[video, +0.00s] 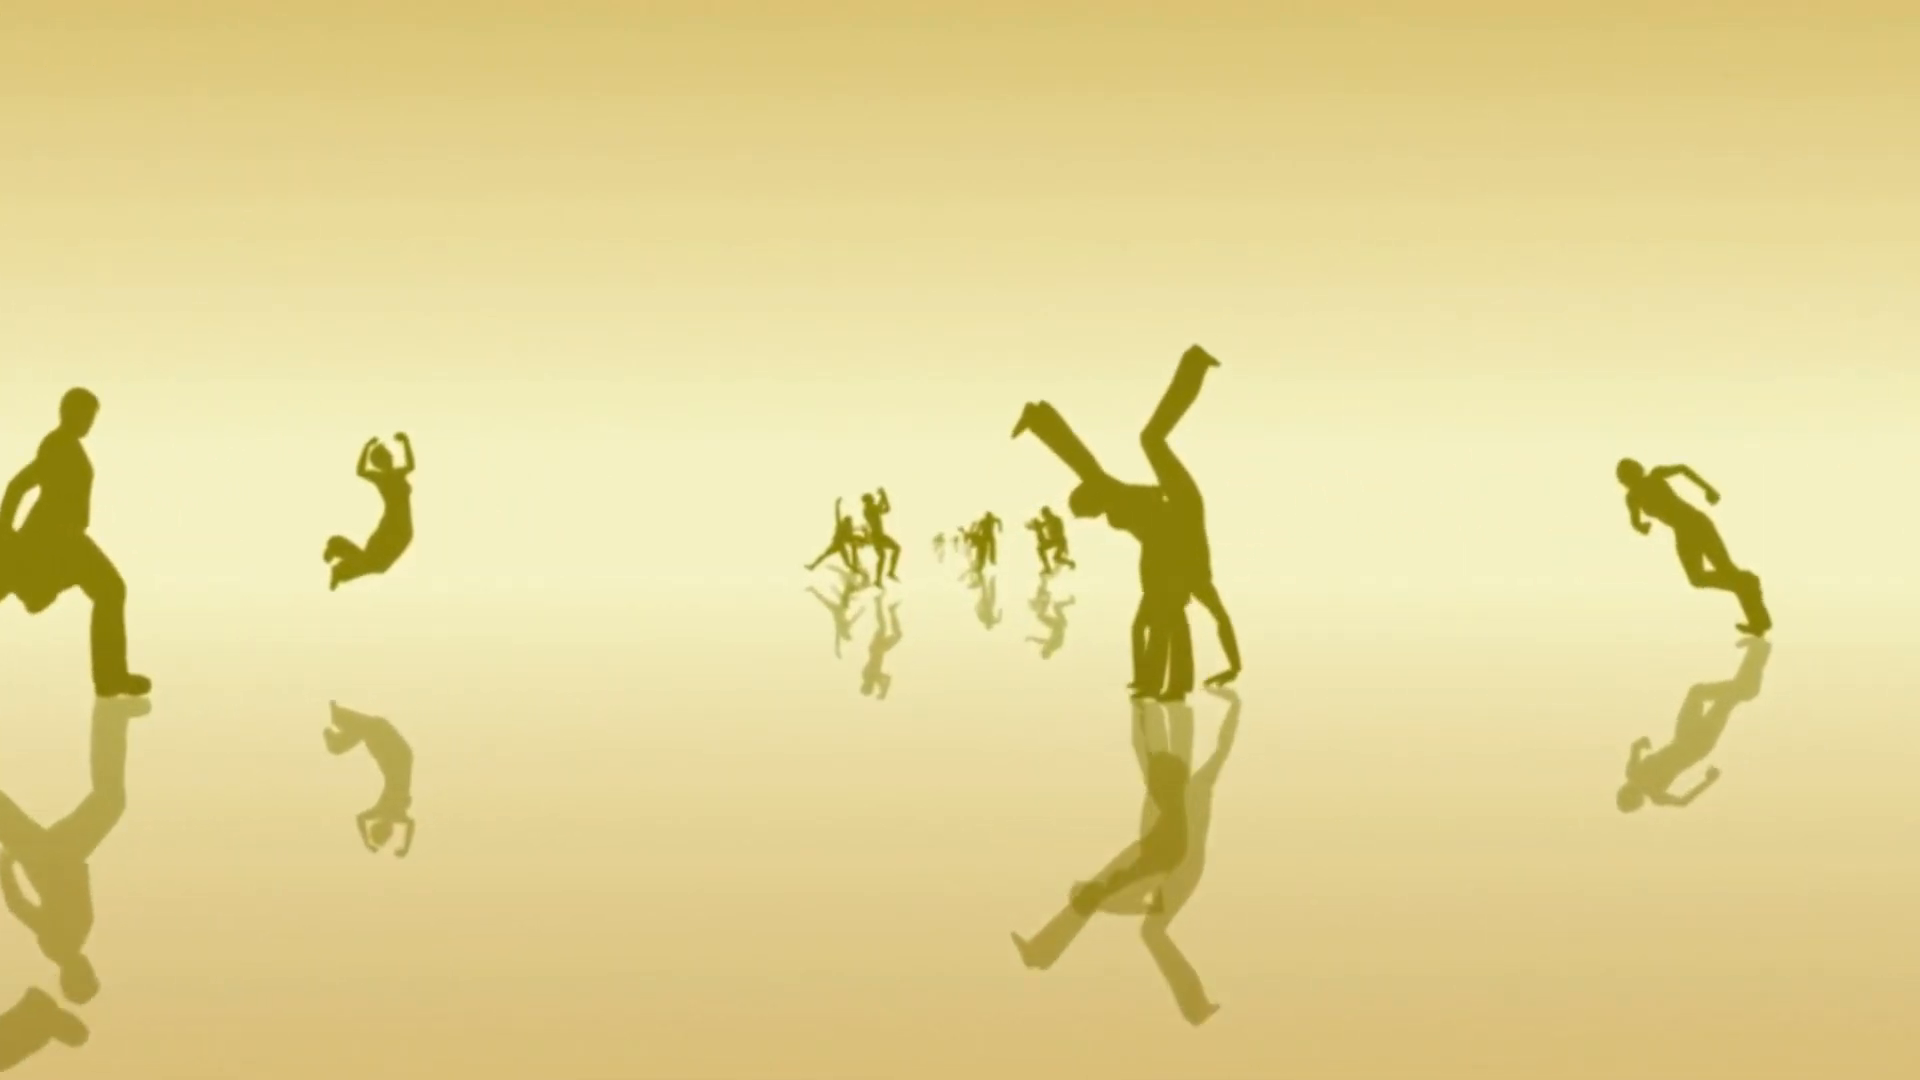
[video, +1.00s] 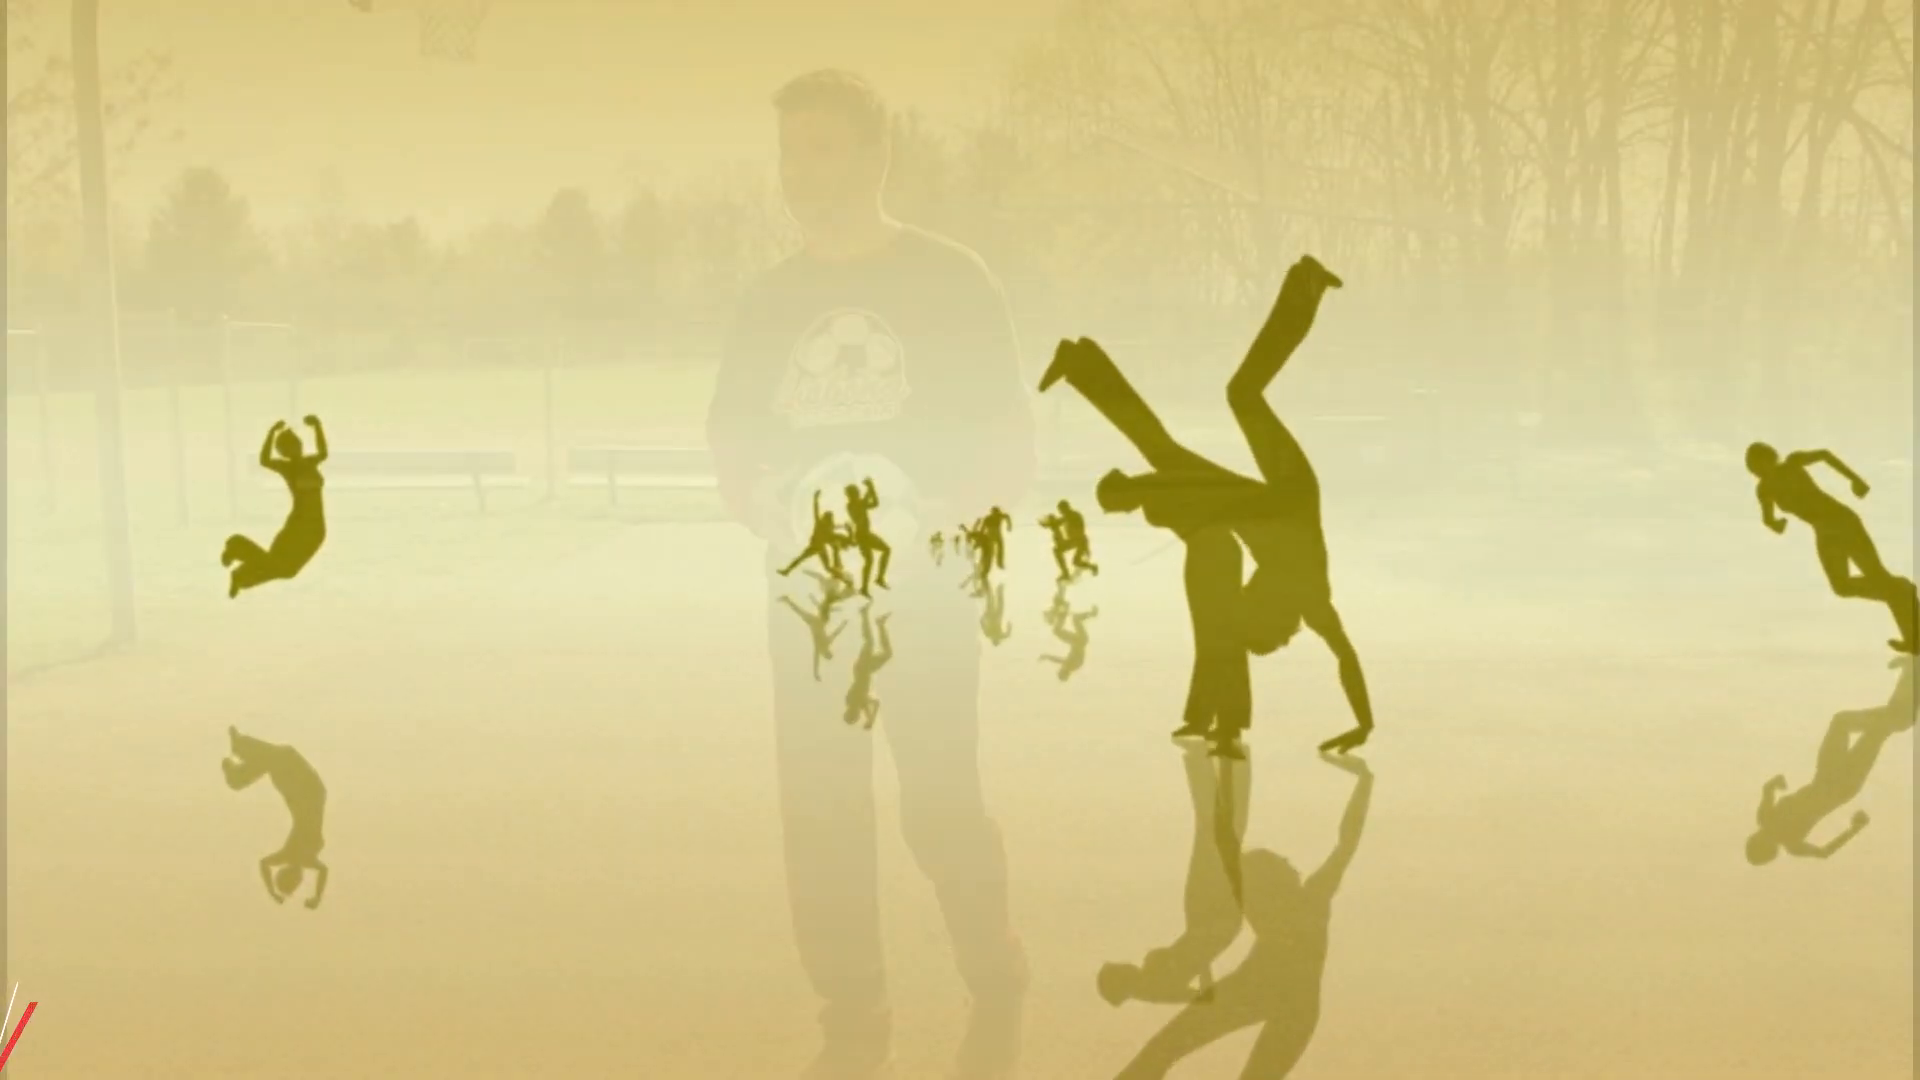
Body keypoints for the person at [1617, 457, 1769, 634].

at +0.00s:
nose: (1628, 482)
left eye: (1628, 476)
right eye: (1624, 479)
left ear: (1635, 471)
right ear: (1624, 480)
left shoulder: (1656, 475)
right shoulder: (1632, 497)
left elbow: (1683, 468)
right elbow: (1635, 521)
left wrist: (1708, 489)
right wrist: (1642, 527)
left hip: (1695, 521)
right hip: (1681, 530)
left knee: (1726, 568)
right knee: (1697, 578)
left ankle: (1758, 620)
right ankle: (1744, 581)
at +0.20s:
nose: (1651, 480)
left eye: (1651, 474)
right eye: (1647, 477)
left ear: (1657, 470)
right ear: (1648, 477)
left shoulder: (1680, 472)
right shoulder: (1655, 496)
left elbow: (1707, 466)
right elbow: (1658, 521)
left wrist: (1733, 487)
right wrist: (1666, 527)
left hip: (1720, 521)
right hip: (1706, 530)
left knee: (1752, 569)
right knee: (1722, 579)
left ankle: (1785, 623)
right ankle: (1771, 583)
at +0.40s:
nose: (1676, 478)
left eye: (1676, 471)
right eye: (1671, 475)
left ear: (1683, 467)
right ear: (1671, 476)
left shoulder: (1705, 470)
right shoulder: (1680, 495)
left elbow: (1734, 463)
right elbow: (1683, 520)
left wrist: (1760, 485)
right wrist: (1691, 527)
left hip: (1748, 520)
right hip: (1733, 530)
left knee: (1780, 570)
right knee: (1749, 581)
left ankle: (1814, 626)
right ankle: (1799, 584)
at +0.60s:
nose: (1701, 475)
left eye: (1702, 469)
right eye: (1697, 472)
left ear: (1710, 464)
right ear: (1697, 473)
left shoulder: (1732, 468)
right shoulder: (1706, 492)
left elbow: (1761, 460)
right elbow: (1709, 519)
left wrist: (1789, 483)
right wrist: (1717, 526)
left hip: (1777, 520)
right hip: (1761, 530)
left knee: (1810, 571)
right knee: (1778, 582)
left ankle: (1845, 630)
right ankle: (1830, 585)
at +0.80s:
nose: (1729, 473)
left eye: (1728, 467)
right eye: (1725, 470)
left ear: (1736, 462)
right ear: (1726, 470)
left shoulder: (1762, 465)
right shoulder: (1734, 491)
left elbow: (1792, 458)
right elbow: (1737, 519)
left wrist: (1821, 481)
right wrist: (1746, 526)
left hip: (1808, 519)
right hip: (1791, 529)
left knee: (1842, 573)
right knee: (1808, 584)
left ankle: (1879, 633)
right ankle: (1863, 587)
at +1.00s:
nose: (1760, 471)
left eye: (1760, 464)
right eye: (1755, 468)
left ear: (1768, 459)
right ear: (1754, 470)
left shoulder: (1793, 462)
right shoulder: (1764, 489)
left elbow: (1825, 455)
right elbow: (1767, 517)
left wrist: (1854, 478)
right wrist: (1776, 525)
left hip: (1843, 520)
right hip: (1824, 530)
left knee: (1877, 576)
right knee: (1841, 586)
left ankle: (1912, 637)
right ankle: (1899, 590)